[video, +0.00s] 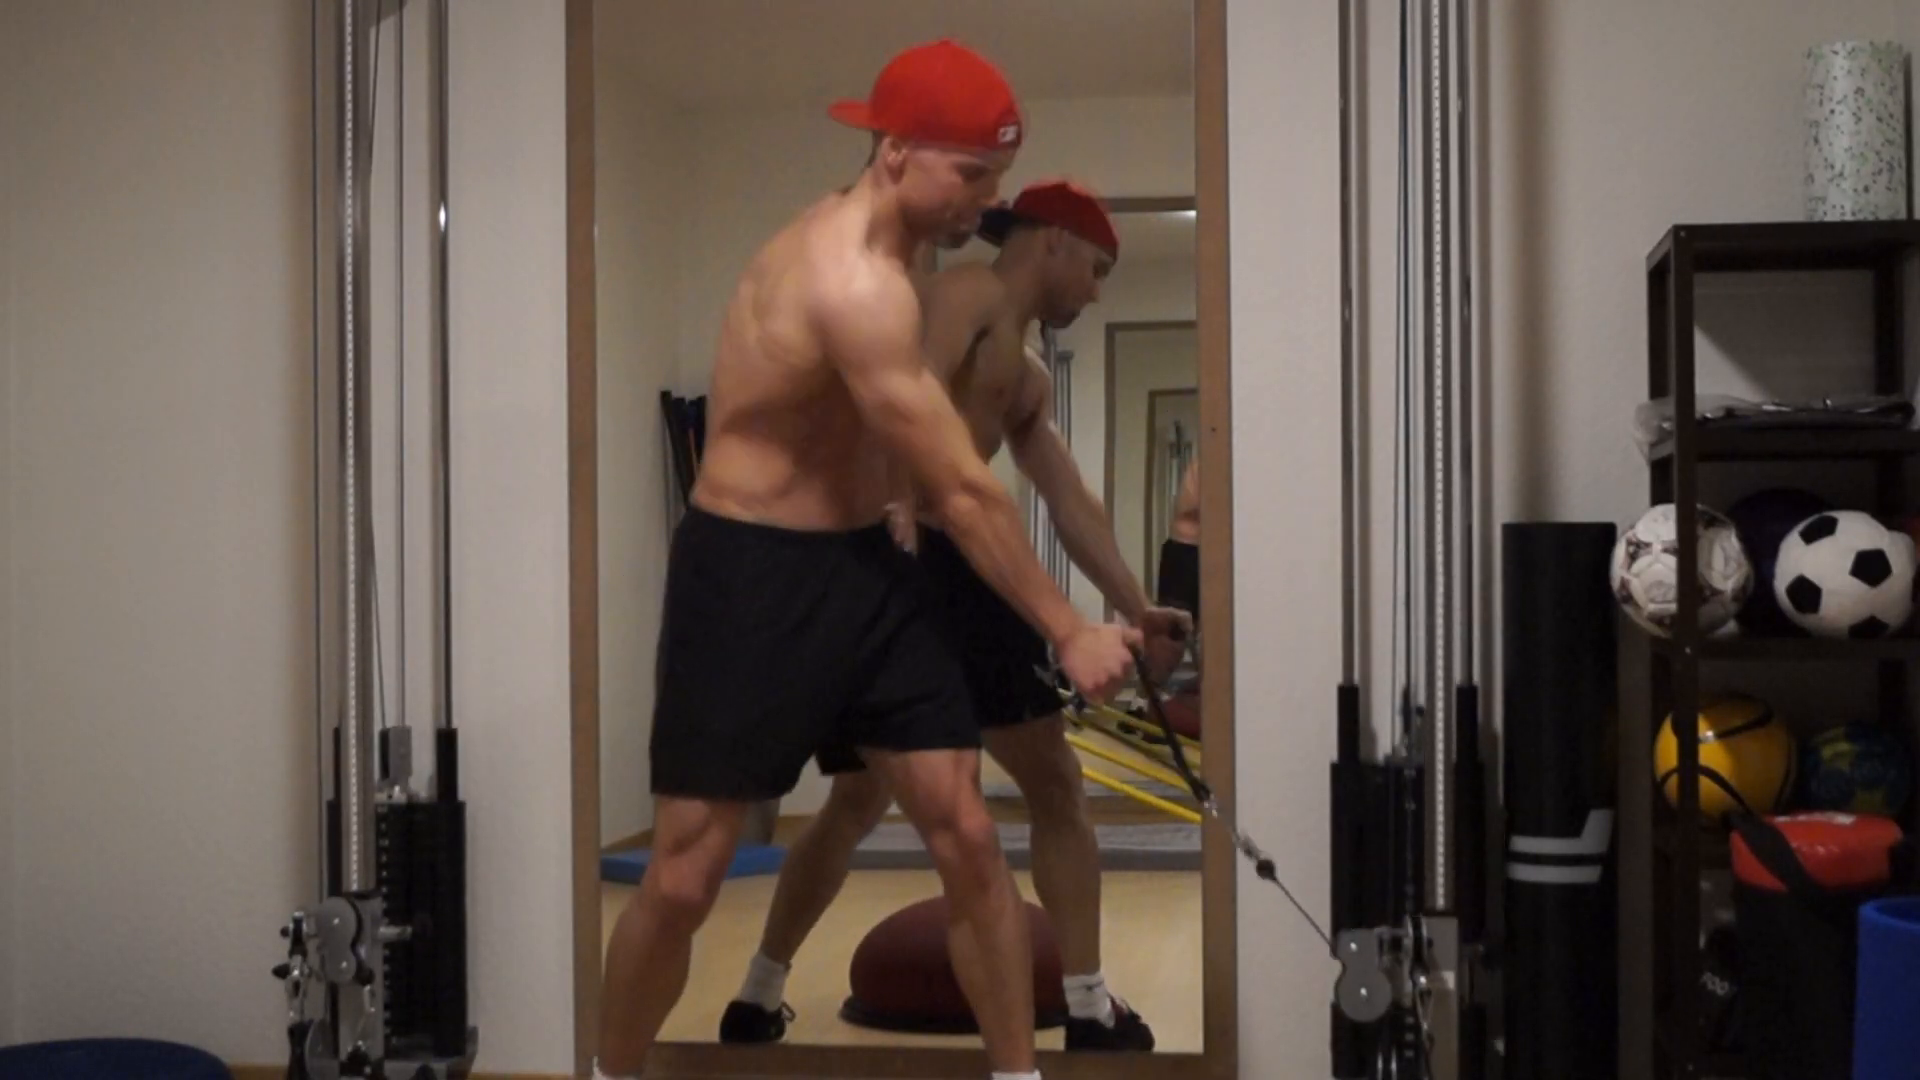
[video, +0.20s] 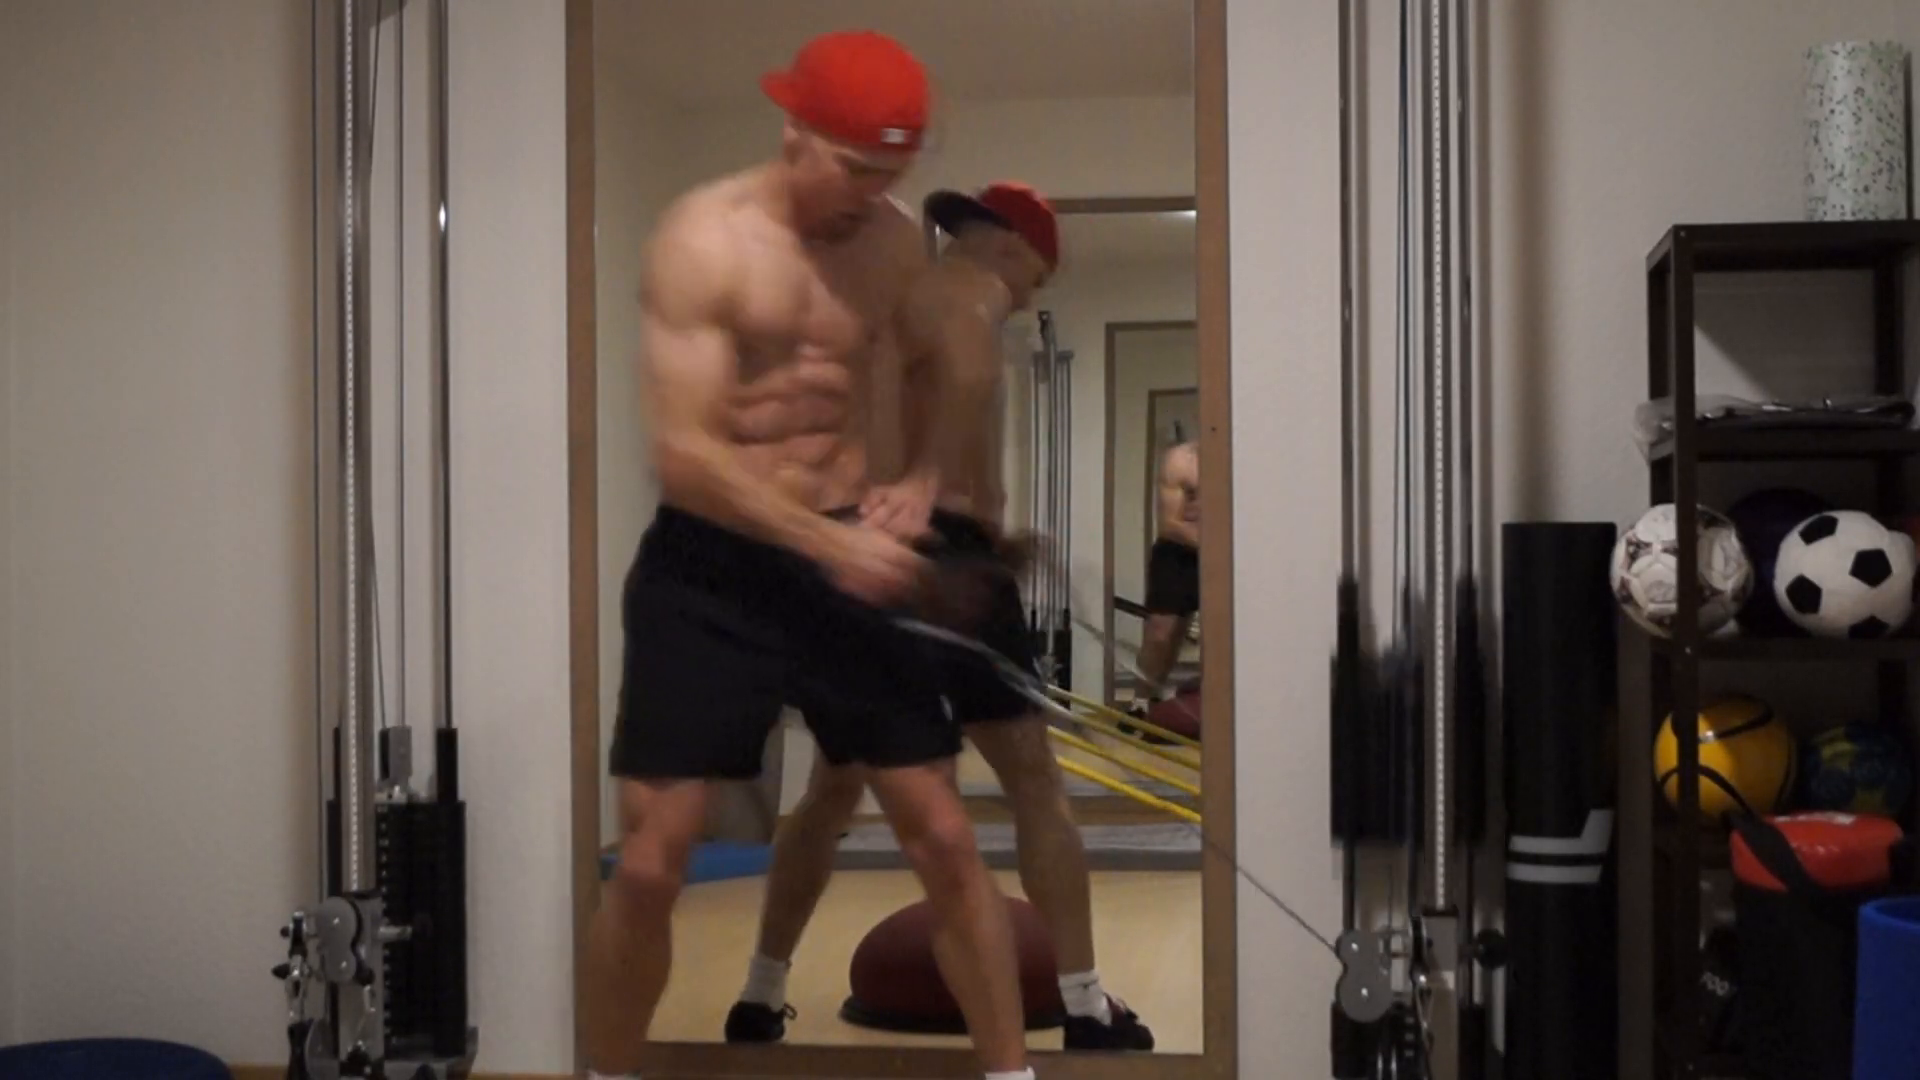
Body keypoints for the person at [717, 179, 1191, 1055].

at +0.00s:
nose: (1097, 291)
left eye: (1103, 275)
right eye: (1096, 270)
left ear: (1055, 254)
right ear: (1052, 247)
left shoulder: (1024, 375)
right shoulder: (971, 289)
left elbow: (1069, 498)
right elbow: (906, 403)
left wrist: (1136, 609)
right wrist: (902, 511)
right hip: (937, 567)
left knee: (857, 799)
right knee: (1056, 787)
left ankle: (760, 991)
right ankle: (1088, 1006)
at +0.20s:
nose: (1029, 298)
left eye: (1035, 283)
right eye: (1031, 278)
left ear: (970, 245)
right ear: (1004, 252)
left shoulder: (896, 294)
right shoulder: (969, 301)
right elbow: (955, 420)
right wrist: (988, 524)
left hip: (874, 554)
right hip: (953, 561)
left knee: (833, 792)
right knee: (1034, 779)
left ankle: (762, 993)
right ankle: (1083, 1000)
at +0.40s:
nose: (970, 281)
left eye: (967, 271)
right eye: (972, 270)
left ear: (872, 234)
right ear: (954, 254)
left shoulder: (813, 288)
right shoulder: (969, 298)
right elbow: (1043, 382)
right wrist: (1003, 505)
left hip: (812, 559)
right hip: (932, 551)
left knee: (785, 792)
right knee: (1010, 784)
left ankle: (753, 996)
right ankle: (1081, 1000)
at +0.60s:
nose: (915, 273)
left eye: (913, 257)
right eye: (920, 257)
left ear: (858, 245)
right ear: (946, 260)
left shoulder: (806, 301)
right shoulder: (965, 310)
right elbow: (1051, 395)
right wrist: (1000, 519)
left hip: (798, 566)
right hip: (921, 560)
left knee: (772, 792)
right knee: (1004, 793)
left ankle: (750, 996)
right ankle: (1077, 1000)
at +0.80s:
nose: (1000, 282)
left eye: (1000, 272)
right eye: (999, 268)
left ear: (907, 237)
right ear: (982, 249)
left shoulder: (848, 290)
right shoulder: (985, 280)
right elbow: (1005, 359)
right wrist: (1035, 474)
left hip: (844, 547)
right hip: (954, 540)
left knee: (814, 790)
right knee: (1038, 775)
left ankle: (755, 996)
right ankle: (1082, 1004)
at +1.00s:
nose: (1077, 302)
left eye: (1086, 288)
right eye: (1082, 280)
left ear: (1044, 252)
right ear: (1044, 245)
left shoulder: (998, 331)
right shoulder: (972, 282)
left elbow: (972, 489)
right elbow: (887, 383)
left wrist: (1066, 565)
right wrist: (938, 503)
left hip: (940, 572)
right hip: (930, 572)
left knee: (841, 798)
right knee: (1060, 787)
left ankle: (761, 993)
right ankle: (1085, 1005)